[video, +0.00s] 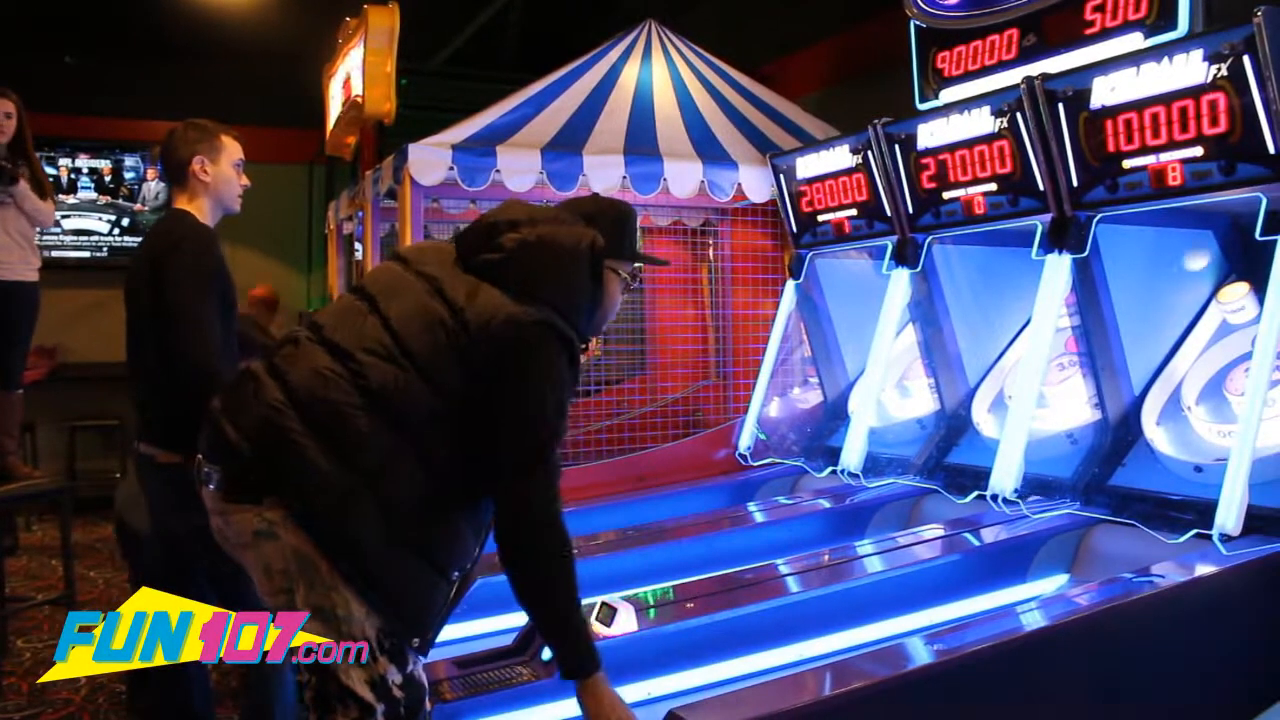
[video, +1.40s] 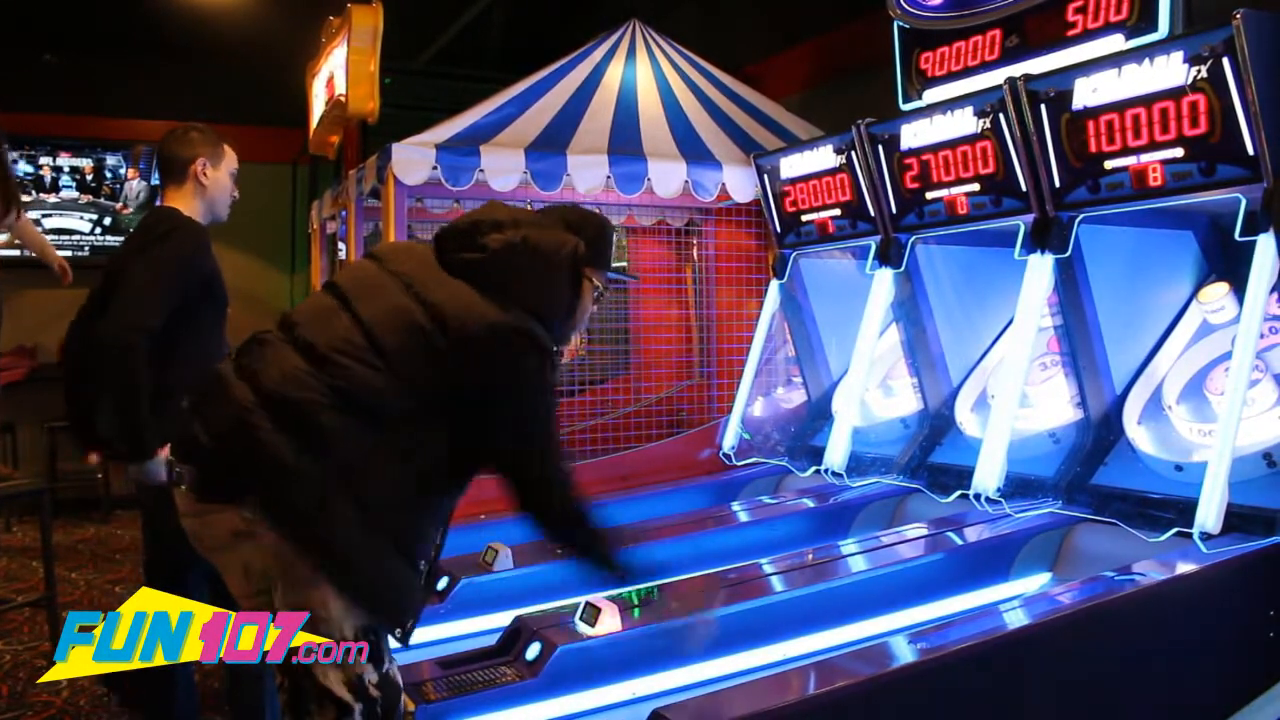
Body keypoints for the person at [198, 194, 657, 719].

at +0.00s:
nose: (623, 298)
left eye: (628, 281)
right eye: (622, 277)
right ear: (586, 265)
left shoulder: (437, 265)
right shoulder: (530, 337)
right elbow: (530, 523)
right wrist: (589, 679)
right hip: (291, 500)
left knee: (392, 690)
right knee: (372, 695)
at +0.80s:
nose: (598, 301)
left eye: (603, 284)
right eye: (595, 280)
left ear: (531, 258)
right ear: (555, 267)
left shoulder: (415, 262)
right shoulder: (496, 331)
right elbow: (461, 505)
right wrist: (526, 649)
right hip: (260, 504)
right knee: (348, 695)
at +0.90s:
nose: (596, 305)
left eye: (603, 289)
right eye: (595, 284)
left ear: (535, 259)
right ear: (556, 269)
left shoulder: (413, 261)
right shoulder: (493, 329)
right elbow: (428, 496)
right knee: (344, 688)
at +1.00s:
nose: (596, 311)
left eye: (602, 294)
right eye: (596, 290)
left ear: (551, 264)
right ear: (561, 272)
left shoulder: (424, 265)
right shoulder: (489, 329)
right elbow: (415, 484)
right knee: (340, 686)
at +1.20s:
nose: (595, 324)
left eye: (603, 308)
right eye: (597, 304)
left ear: (537, 264)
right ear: (568, 287)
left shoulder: (418, 268)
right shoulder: (498, 337)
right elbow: (411, 487)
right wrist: (358, 645)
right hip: (259, 510)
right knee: (337, 683)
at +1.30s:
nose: (594, 316)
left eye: (600, 299)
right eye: (596, 294)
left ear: (517, 256)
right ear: (563, 277)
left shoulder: (411, 265)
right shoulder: (506, 342)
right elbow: (456, 482)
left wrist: (468, 538)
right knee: (342, 687)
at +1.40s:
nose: (592, 312)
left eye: (598, 293)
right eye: (593, 290)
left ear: (511, 257)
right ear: (556, 276)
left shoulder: (403, 263)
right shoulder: (509, 348)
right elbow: (546, 490)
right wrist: (612, 558)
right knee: (350, 691)